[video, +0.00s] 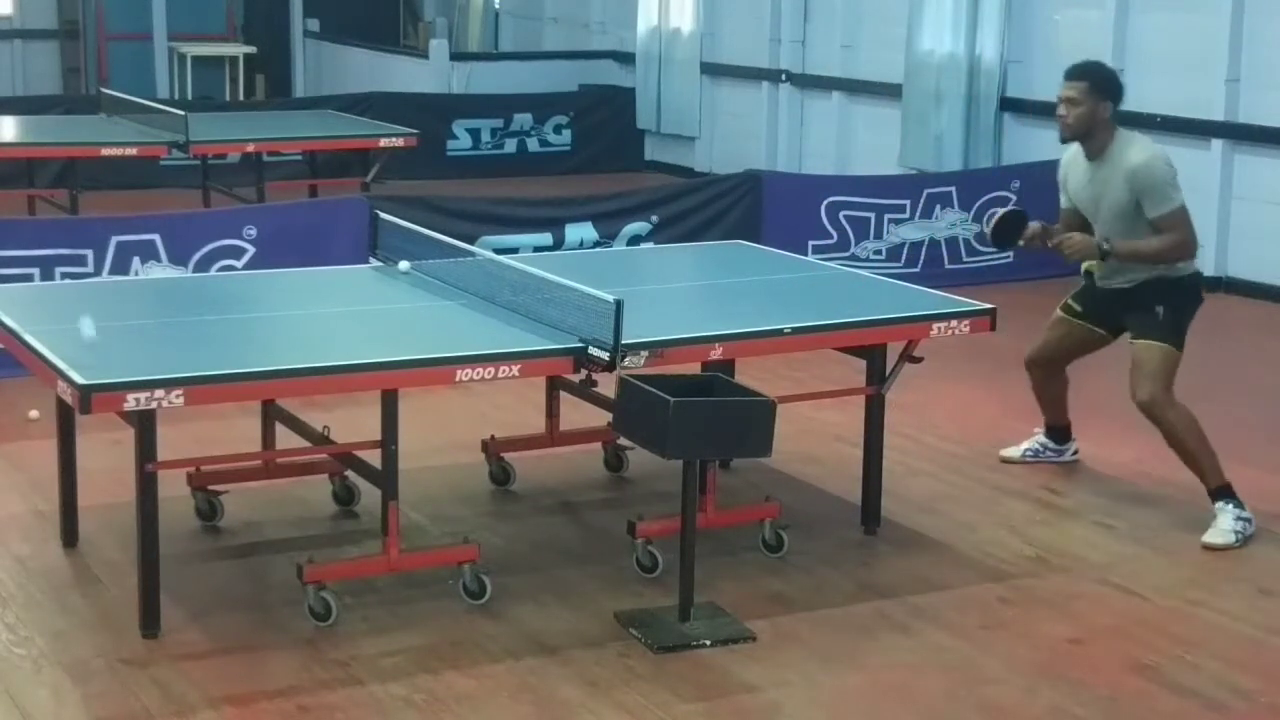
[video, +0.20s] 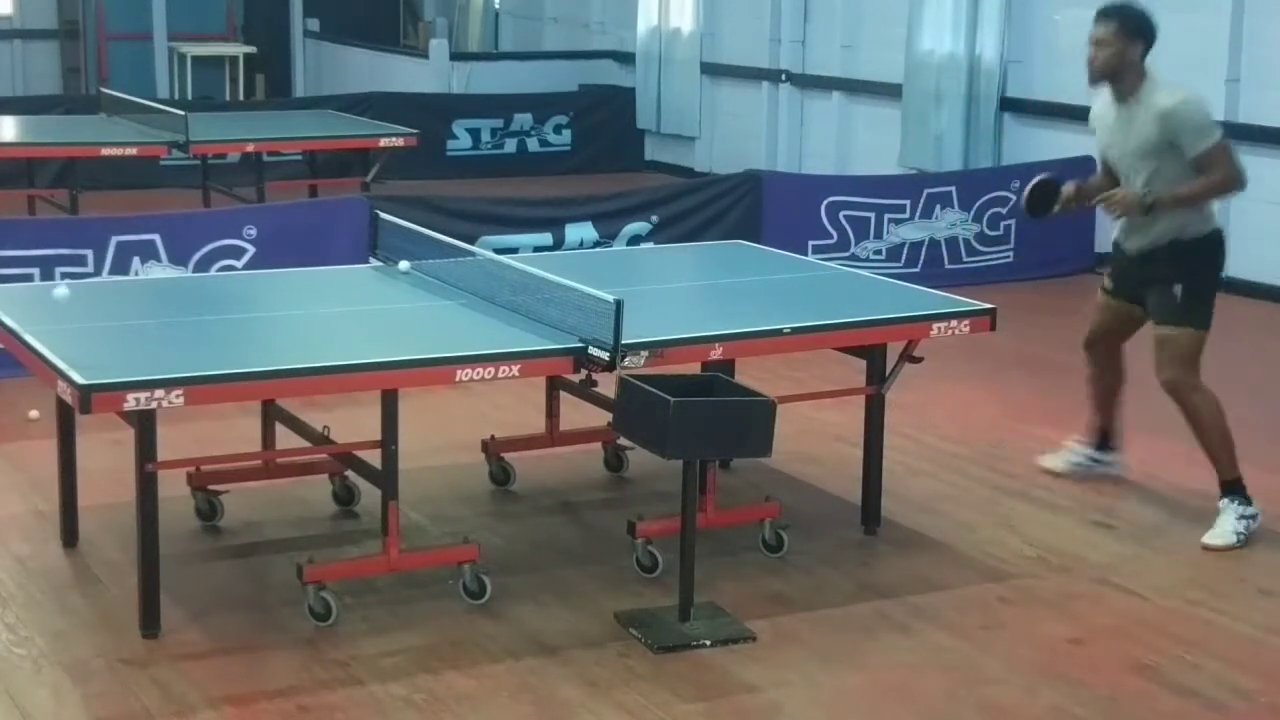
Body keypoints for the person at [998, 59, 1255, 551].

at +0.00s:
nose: (1060, 111)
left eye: (1071, 104)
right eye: (1059, 102)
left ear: (1104, 109)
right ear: (1070, 106)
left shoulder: (1145, 162)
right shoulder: (1071, 162)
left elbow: (1183, 244)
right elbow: (1077, 233)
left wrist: (1103, 248)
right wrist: (1045, 234)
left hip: (1165, 286)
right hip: (1107, 284)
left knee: (1151, 395)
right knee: (1041, 360)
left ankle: (1229, 506)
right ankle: (1058, 441)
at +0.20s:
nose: (1092, 53)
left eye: (1103, 45)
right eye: (1091, 43)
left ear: (1135, 51)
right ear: (1100, 50)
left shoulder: (1176, 108)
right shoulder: (1103, 110)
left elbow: (1229, 176)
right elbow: (1113, 179)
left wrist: (1151, 200)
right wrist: (1075, 194)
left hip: (1189, 249)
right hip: (1136, 248)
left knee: (1176, 375)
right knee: (1099, 341)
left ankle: (1237, 501)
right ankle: (1103, 448)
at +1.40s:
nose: (999, 32)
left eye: (1009, 20)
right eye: (1001, 21)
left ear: (1044, 25)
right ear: (1034, 27)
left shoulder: (1079, 95)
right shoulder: (1031, 98)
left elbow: (1101, 195)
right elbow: (1040, 191)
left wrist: (1011, 218)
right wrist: (992, 216)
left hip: (1070, 270)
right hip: (1026, 268)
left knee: (1037, 410)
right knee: (1017, 408)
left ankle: (1119, 501)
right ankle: (1038, 547)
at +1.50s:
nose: (964, 35)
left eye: (973, 22)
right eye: (965, 22)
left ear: (1008, 26)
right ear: (1003, 28)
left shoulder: (1041, 97)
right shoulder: (1007, 97)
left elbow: (1069, 196)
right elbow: (1019, 188)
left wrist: (976, 225)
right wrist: (956, 202)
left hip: (1037, 267)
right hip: (1020, 264)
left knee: (982, 409)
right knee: (1020, 411)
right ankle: (1038, 546)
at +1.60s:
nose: (931, 45)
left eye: (941, 32)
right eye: (932, 33)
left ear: (979, 34)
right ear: (971, 36)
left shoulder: (1005, 104)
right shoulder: (990, 101)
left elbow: (1029, 209)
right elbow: (994, 194)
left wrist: (940, 237)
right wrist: (928, 206)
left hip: (1009, 278)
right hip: (1013, 273)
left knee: (959, 425)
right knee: (1013, 415)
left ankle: (935, 576)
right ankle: (1040, 549)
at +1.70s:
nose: (896, 61)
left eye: (903, 49)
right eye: (896, 49)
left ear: (936, 48)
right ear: (937, 48)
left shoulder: (964, 113)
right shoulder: (974, 100)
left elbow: (977, 227)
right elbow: (979, 201)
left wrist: (886, 264)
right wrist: (916, 213)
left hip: (984, 287)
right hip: (1008, 280)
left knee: (933, 433)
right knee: (1003, 416)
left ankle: (889, 589)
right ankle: (1039, 549)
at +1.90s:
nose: (806, 105)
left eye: (808, 91)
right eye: (802, 93)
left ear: (841, 78)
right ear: (854, 75)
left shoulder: (868, 139)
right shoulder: (927, 98)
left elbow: (854, 266)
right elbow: (973, 180)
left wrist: (772, 333)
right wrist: (891, 241)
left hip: (951, 291)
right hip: (1001, 277)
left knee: (892, 428)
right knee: (992, 407)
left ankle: (880, 591)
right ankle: (1029, 541)